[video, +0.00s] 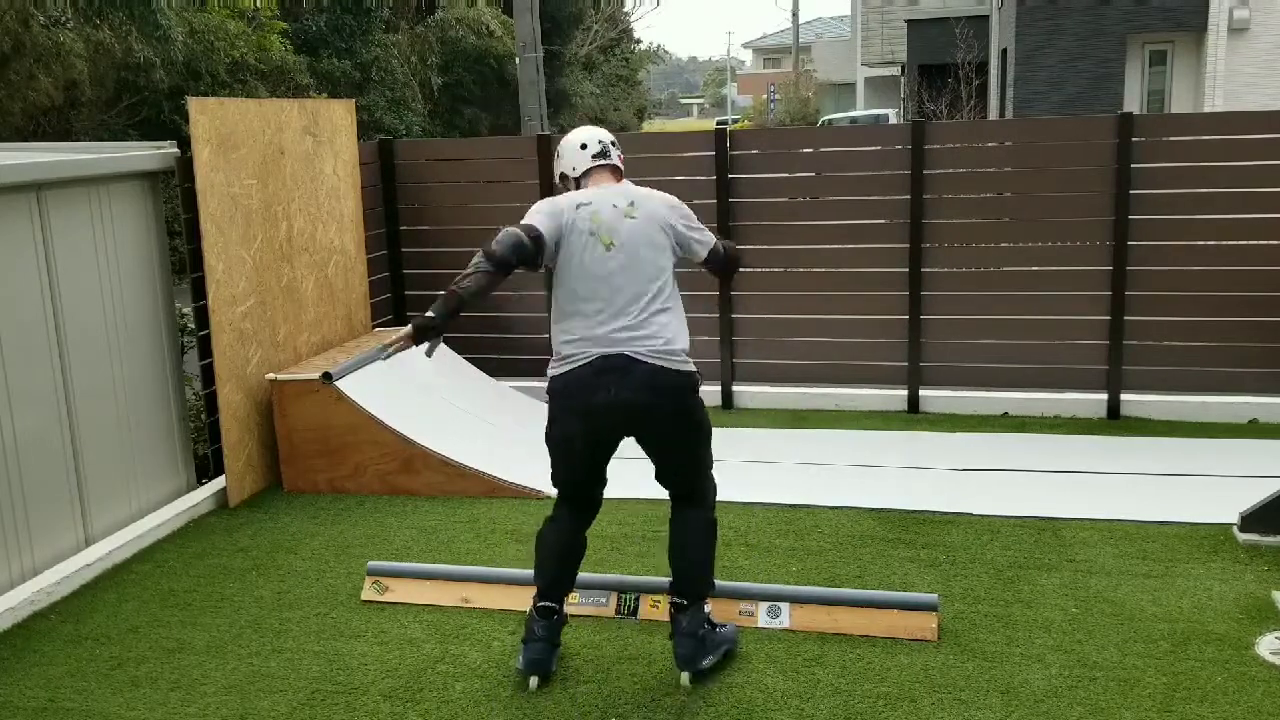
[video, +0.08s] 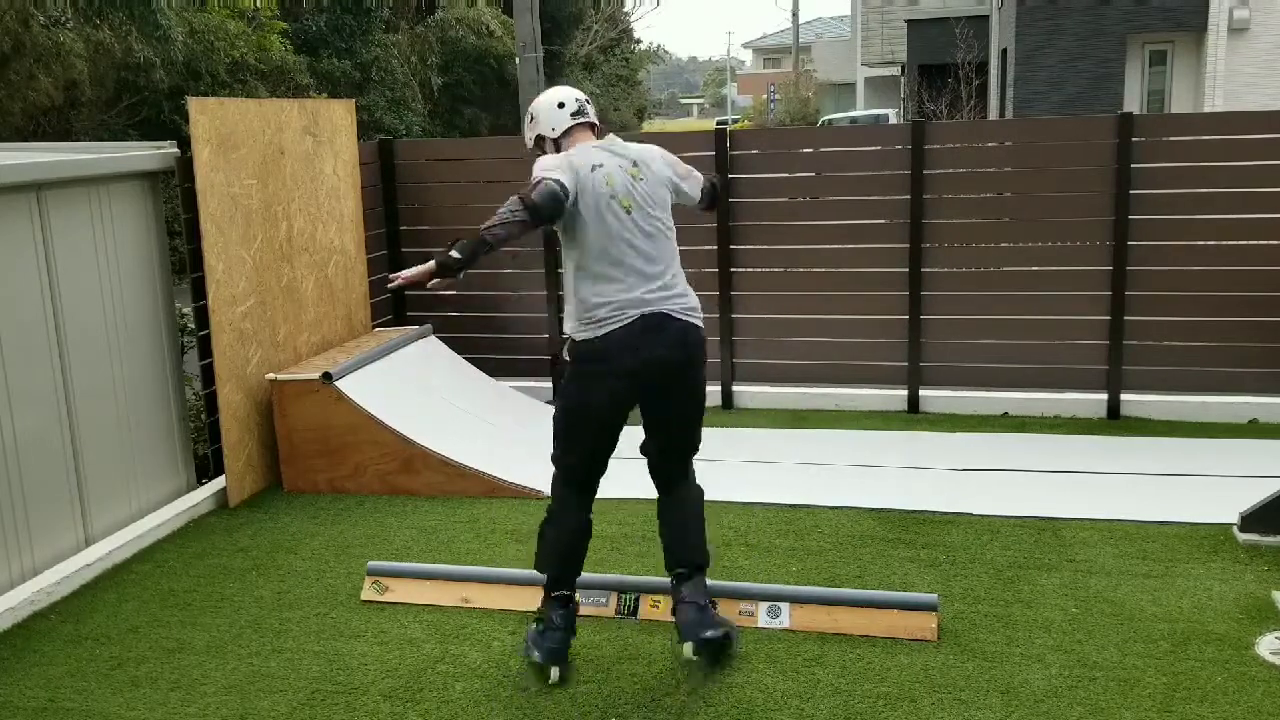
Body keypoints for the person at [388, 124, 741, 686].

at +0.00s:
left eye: (563, 177)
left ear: (568, 175)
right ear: (621, 165)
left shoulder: (554, 210)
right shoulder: (663, 206)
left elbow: (495, 261)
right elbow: (724, 261)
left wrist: (433, 318)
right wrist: (725, 262)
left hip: (579, 381)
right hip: (663, 377)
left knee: (573, 503)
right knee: (691, 493)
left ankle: (541, 636)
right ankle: (692, 630)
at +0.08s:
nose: (541, 152)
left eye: (538, 144)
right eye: (539, 146)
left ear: (548, 136)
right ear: (593, 121)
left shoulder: (560, 163)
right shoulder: (653, 158)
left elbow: (534, 206)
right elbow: (709, 195)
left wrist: (445, 263)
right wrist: (676, 171)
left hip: (604, 341)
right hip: (680, 333)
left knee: (575, 481)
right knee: (675, 471)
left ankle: (555, 623)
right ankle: (695, 605)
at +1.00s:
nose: (651, 304)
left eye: (658, 294)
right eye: (639, 297)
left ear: (678, 268)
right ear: (624, 274)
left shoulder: (717, 273)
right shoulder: (601, 270)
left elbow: (799, 288)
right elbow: (534, 254)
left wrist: (823, 324)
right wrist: (458, 292)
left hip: (705, 355)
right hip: (628, 355)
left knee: (739, 439)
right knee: (593, 449)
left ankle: (759, 552)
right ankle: (566, 544)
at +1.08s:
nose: (650, 290)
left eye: (658, 280)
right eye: (640, 281)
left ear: (680, 261)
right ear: (625, 266)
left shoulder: (716, 265)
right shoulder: (602, 262)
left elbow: (797, 287)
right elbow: (539, 248)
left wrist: (815, 319)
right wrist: (464, 283)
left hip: (706, 354)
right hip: (631, 352)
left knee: (738, 437)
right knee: (592, 445)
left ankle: (758, 545)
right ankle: (566, 543)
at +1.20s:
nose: (651, 254)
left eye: (659, 241)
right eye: (641, 243)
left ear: (683, 225)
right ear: (629, 228)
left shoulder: (721, 239)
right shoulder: (607, 235)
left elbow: (802, 261)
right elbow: (551, 228)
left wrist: (788, 286)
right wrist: (479, 261)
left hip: (709, 345)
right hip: (632, 344)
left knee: (737, 435)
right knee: (595, 440)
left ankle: (760, 549)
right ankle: (566, 541)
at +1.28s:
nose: (646, 238)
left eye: (654, 227)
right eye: (638, 228)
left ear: (681, 213)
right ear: (628, 214)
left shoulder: (719, 227)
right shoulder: (609, 225)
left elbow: (798, 248)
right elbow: (556, 219)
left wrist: (780, 269)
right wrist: (488, 249)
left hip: (709, 341)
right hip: (634, 342)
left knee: (738, 434)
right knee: (596, 439)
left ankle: (760, 548)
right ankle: (565, 542)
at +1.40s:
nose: (636, 159)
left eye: (645, 147)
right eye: (626, 149)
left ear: (669, 129)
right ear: (615, 135)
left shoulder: (710, 139)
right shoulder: (608, 151)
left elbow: (784, 159)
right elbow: (565, 152)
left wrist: (710, 166)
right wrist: (514, 196)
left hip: (715, 305)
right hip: (642, 304)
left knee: (738, 422)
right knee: (604, 416)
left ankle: (761, 539)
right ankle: (576, 533)